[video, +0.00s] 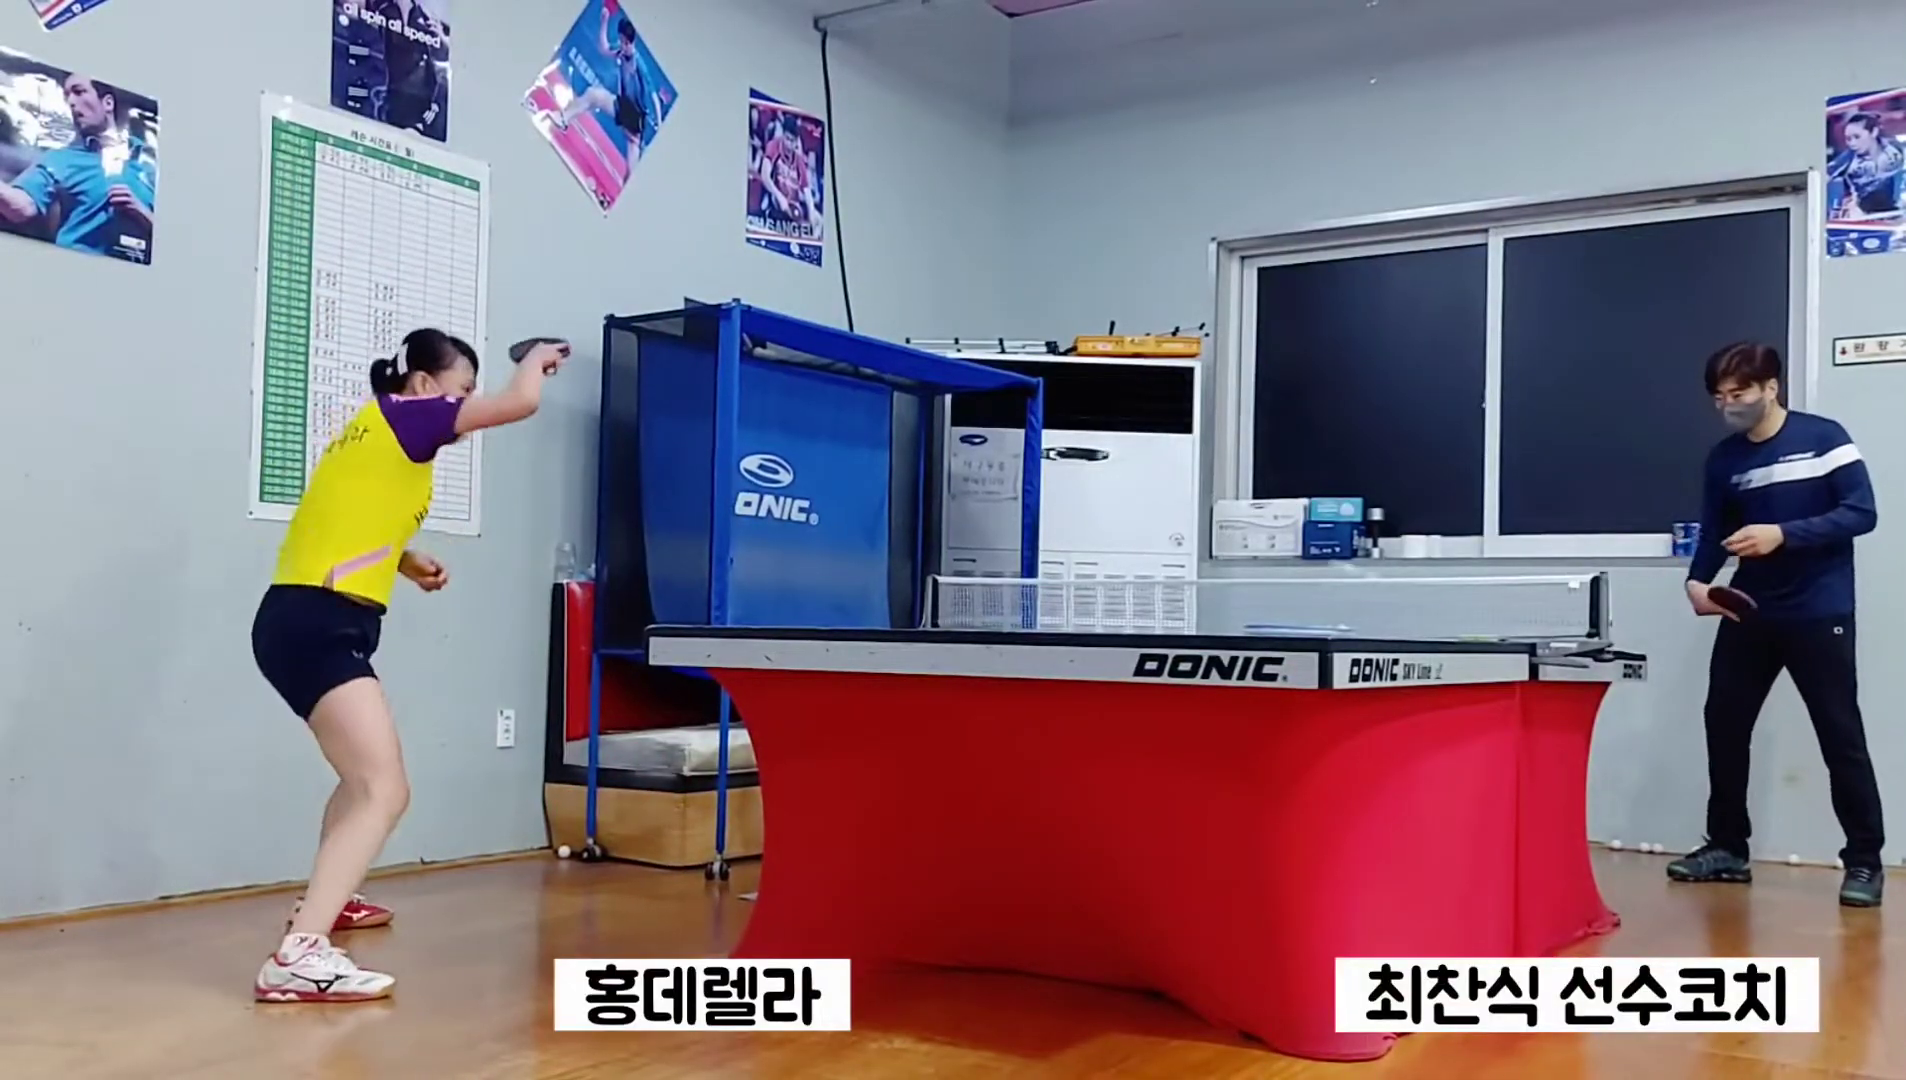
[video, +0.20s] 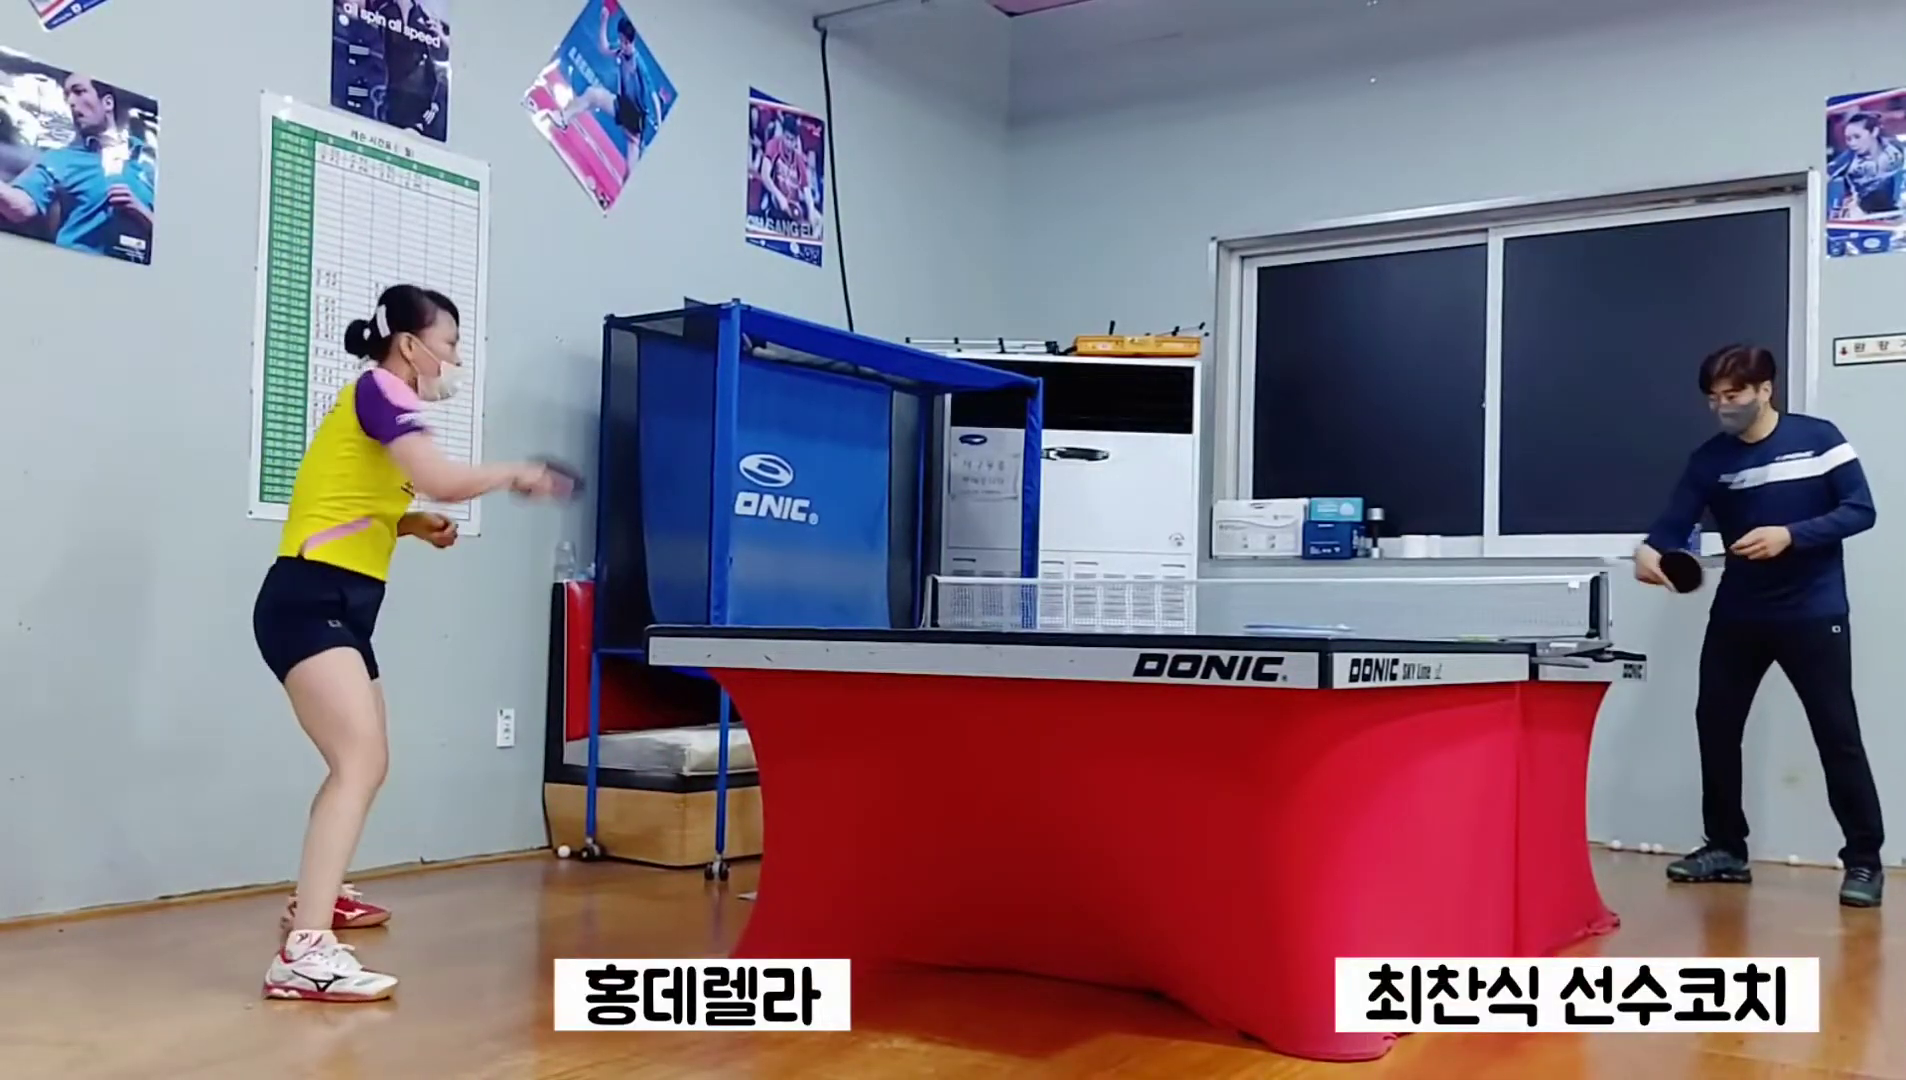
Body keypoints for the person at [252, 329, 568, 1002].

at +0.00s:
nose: (466, 402)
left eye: (467, 391)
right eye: (461, 389)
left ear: (411, 383)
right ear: (422, 379)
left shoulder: (374, 427)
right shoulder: (407, 416)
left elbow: (344, 512)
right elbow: (521, 404)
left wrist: (403, 557)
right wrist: (534, 360)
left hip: (298, 620)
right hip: (319, 623)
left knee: (363, 776)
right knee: (386, 791)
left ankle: (325, 895)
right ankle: (300, 953)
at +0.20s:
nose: (453, 361)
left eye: (454, 348)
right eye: (446, 346)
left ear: (405, 345)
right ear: (407, 342)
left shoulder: (383, 402)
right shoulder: (378, 390)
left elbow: (345, 505)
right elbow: (439, 478)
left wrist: (411, 523)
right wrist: (515, 473)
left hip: (337, 606)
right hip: (310, 603)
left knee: (366, 762)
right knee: (357, 762)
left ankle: (313, 898)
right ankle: (305, 948)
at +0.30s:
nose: (446, 365)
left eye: (446, 352)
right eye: (437, 352)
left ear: (405, 359)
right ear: (395, 357)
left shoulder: (417, 439)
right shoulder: (343, 421)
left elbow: (379, 533)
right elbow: (310, 534)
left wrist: (420, 541)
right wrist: (400, 572)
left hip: (360, 622)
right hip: (296, 614)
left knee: (378, 782)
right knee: (357, 767)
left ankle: (297, 888)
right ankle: (310, 951)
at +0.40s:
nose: (431, 406)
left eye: (433, 394)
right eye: (420, 394)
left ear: (409, 403)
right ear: (374, 401)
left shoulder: (436, 479)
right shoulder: (308, 473)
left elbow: (440, 558)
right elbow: (237, 568)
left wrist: (427, 574)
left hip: (369, 658)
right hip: (290, 643)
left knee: (390, 818)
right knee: (362, 763)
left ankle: (298, 892)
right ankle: (313, 953)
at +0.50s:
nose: (420, 432)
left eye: (422, 418)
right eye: (407, 419)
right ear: (361, 430)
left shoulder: (432, 495)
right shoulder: (293, 494)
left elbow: (442, 587)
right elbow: (198, 567)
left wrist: (402, 598)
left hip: (373, 671)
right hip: (291, 657)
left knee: (393, 832)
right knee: (362, 759)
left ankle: (297, 897)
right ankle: (312, 954)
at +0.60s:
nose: (414, 419)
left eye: (417, 406)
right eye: (400, 405)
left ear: (416, 411)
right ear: (351, 416)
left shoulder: (430, 485)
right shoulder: (287, 480)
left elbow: (438, 577)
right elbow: (196, 542)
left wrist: (397, 584)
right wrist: (92, 556)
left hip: (370, 662)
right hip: (289, 647)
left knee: (389, 823)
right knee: (360, 759)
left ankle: (297, 895)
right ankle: (312, 954)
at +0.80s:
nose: (437, 362)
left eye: (443, 351)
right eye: (429, 347)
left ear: (409, 354)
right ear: (383, 340)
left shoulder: (387, 415)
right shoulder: (336, 384)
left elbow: (339, 519)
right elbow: (324, 456)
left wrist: (389, 520)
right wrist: (419, 428)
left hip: (323, 599)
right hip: (280, 589)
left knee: (358, 751)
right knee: (325, 753)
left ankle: (296, 883)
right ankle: (292, 942)